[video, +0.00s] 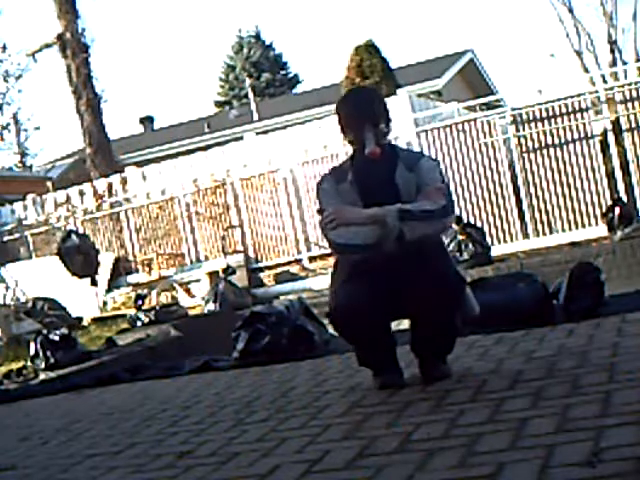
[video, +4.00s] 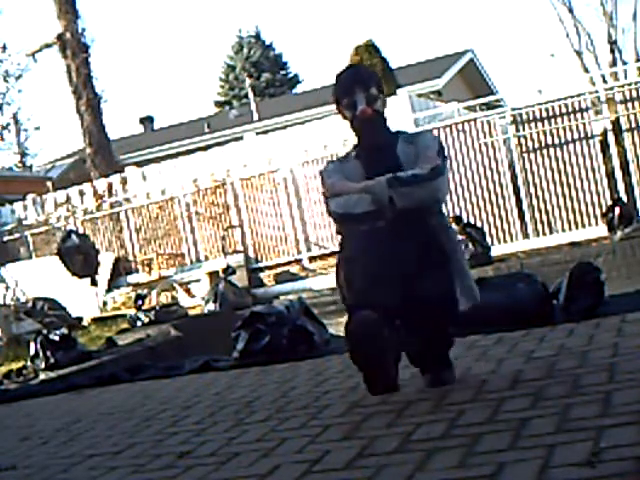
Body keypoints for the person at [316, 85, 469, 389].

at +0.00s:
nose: (366, 136)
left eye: (373, 124)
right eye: (355, 128)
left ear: (387, 122)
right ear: (343, 130)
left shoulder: (421, 165)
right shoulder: (332, 183)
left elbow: (442, 215)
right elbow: (339, 238)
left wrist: (364, 215)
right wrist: (412, 215)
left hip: (421, 265)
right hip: (363, 276)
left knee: (442, 284)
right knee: (347, 305)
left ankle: (433, 357)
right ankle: (384, 367)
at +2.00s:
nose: (362, 124)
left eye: (370, 112)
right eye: (350, 117)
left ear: (381, 112)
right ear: (338, 122)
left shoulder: (418, 164)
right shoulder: (328, 185)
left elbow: (434, 228)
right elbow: (345, 246)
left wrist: (359, 222)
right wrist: (414, 220)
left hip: (422, 265)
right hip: (365, 277)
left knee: (444, 293)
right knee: (359, 315)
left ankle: (434, 358)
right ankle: (384, 367)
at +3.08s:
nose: (349, 121)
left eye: (357, 109)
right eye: (337, 113)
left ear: (368, 110)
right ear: (326, 119)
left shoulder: (402, 156)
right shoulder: (315, 179)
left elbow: (419, 217)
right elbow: (329, 235)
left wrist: (344, 212)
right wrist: (399, 208)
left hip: (413, 260)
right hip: (359, 273)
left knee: (430, 292)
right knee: (362, 313)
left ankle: (434, 361)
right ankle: (385, 370)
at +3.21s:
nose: (343, 113)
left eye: (351, 102)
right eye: (332, 106)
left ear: (363, 104)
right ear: (320, 112)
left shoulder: (395, 147)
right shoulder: (308, 173)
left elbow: (407, 193)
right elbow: (321, 228)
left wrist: (337, 202)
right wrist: (386, 209)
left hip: (413, 263)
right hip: (358, 278)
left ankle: (442, 347)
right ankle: (385, 366)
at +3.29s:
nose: (341, 115)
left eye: (349, 104)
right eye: (329, 108)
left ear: (360, 106)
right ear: (317, 114)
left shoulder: (391, 151)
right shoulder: (306, 176)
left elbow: (409, 196)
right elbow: (321, 232)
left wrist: (338, 204)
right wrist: (387, 207)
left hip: (412, 253)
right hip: (358, 266)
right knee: (368, 308)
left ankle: (453, 361)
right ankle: (386, 369)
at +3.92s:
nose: (369, 124)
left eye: (376, 112)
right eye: (357, 118)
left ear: (388, 113)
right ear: (348, 126)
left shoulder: (426, 158)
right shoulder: (341, 184)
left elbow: (433, 194)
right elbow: (344, 231)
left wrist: (360, 205)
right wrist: (402, 210)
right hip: (384, 286)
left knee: (407, 248)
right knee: (363, 260)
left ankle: (434, 360)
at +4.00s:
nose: (364, 110)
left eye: (370, 99)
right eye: (352, 103)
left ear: (383, 99)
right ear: (341, 110)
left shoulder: (421, 143)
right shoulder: (337, 171)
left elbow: (435, 188)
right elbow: (340, 210)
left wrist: (359, 188)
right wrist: (404, 194)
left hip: (428, 264)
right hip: (370, 275)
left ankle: (436, 360)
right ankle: (377, 368)